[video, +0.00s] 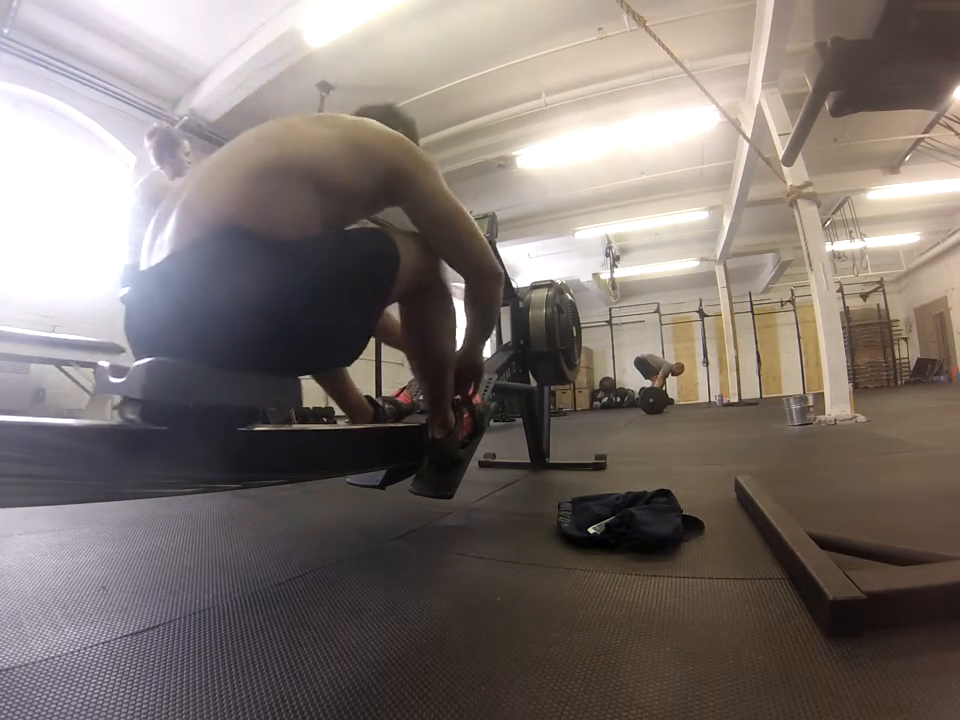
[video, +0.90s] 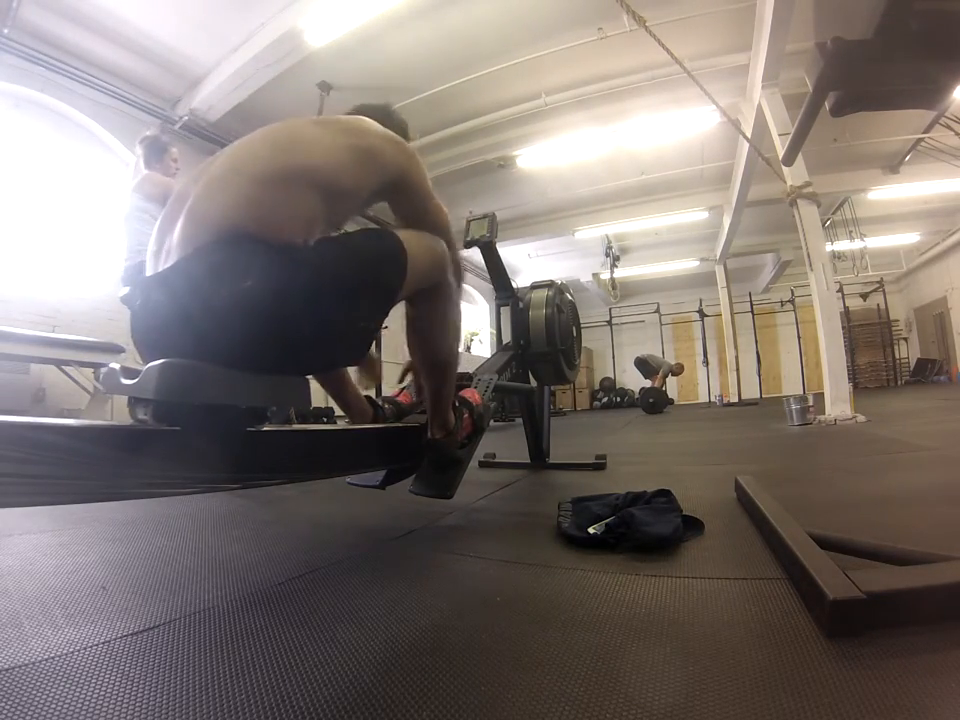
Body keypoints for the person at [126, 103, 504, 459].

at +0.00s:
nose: (408, 176)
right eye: (410, 163)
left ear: (356, 119)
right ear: (401, 141)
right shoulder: (398, 151)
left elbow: (350, 294)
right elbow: (487, 275)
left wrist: (427, 352)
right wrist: (474, 350)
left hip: (152, 318)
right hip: (248, 303)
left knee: (311, 281)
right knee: (421, 264)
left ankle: (363, 412)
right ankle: (442, 426)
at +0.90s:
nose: (405, 166)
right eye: (407, 154)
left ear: (348, 119)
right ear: (395, 138)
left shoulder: (283, 142)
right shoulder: (393, 150)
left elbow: (300, 259)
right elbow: (446, 262)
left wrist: (364, 355)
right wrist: (434, 353)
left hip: (156, 325)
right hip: (247, 307)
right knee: (434, 261)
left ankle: (362, 413)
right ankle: (443, 428)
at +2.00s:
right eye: (371, 105)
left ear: (307, 77)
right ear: (364, 96)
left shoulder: (239, 115)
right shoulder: (356, 125)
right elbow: (382, 257)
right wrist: (397, 335)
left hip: (126, 312)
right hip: (220, 298)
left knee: (288, 294)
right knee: (415, 263)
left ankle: (364, 418)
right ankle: (443, 426)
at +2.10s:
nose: (347, 92)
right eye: (350, 83)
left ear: (282, 56)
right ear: (338, 72)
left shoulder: (215, 95)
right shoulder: (336, 96)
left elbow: (125, 178)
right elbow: (384, 225)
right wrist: (393, 298)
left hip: (117, 309)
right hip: (212, 300)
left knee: (283, 291)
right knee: (412, 263)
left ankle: (364, 417)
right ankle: (443, 427)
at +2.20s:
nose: (328, 56)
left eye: (327, 48)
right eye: (325, 46)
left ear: (254, 29)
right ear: (315, 38)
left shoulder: (196, 76)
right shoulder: (308, 64)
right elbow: (392, 211)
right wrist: (431, 301)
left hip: (102, 305)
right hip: (195, 291)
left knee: (278, 287)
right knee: (412, 266)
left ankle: (364, 415)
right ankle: (444, 427)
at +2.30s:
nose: (311, 43)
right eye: (307, 31)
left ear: (236, 12)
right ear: (291, 15)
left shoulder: (174, 60)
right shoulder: (269, 37)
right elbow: (373, 183)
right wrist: (434, 254)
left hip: (85, 297)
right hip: (171, 279)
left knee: (279, 304)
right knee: (402, 275)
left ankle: (362, 414)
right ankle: (445, 426)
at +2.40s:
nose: (281, 40)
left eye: (282, 36)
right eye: (278, 29)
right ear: (257, 6)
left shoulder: (150, 47)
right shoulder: (225, 17)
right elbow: (318, 155)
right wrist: (418, 259)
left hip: (73, 286)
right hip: (142, 269)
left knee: (274, 309)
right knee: (389, 280)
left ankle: (367, 421)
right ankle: (445, 429)